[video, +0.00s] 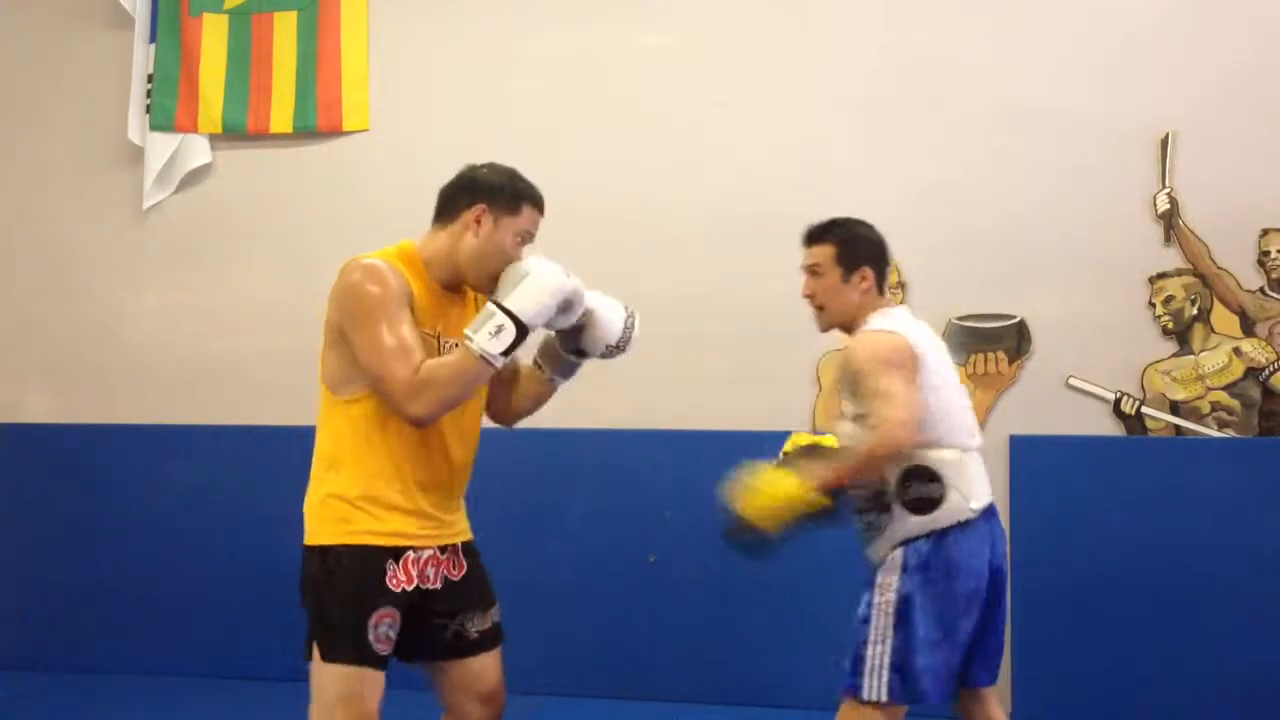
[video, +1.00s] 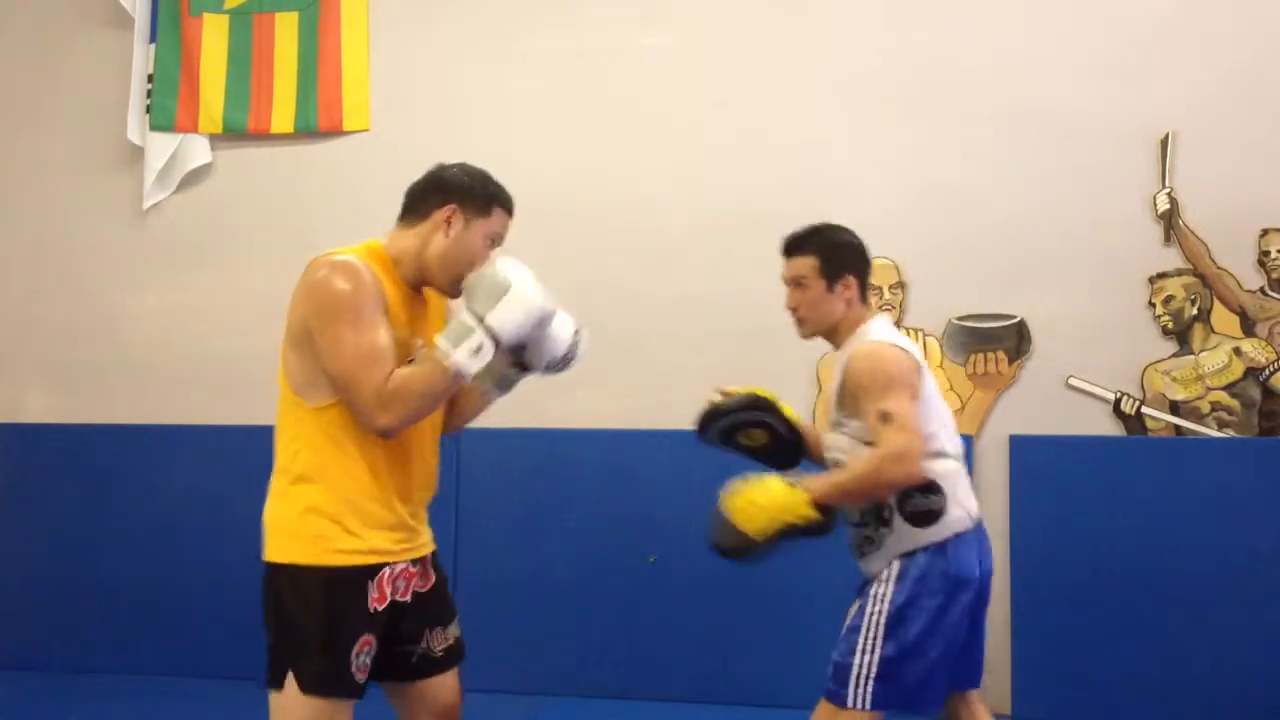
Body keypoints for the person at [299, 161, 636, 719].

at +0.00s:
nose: (523, 258)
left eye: (528, 244)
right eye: (520, 239)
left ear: (480, 225)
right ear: (477, 220)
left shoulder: (477, 304)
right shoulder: (369, 280)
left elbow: (505, 405)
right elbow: (417, 398)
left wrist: (567, 351)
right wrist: (507, 318)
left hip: (444, 532)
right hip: (359, 534)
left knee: (481, 699)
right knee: (350, 708)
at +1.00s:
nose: (490, 261)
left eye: (496, 247)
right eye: (490, 241)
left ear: (448, 225)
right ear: (448, 222)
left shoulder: (433, 305)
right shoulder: (339, 279)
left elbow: (446, 415)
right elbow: (382, 408)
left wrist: (512, 364)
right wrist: (480, 331)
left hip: (406, 549)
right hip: (324, 556)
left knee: (438, 705)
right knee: (315, 710)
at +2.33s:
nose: (484, 278)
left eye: (487, 262)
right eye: (483, 259)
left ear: (442, 248)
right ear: (446, 248)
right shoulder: (383, 306)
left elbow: (437, 410)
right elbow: (433, 411)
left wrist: (482, 348)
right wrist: (498, 352)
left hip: (366, 576)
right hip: (332, 587)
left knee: (451, 691)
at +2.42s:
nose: (491, 261)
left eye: (494, 245)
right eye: (490, 243)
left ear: (435, 233)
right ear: (455, 232)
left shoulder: (343, 297)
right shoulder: (446, 295)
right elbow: (570, 327)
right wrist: (614, 320)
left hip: (307, 558)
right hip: (360, 567)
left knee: (442, 692)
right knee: (350, 711)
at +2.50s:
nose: (507, 256)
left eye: (508, 237)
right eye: (504, 236)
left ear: (435, 233)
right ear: (471, 229)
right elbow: (626, 307)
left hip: (319, 552)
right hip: (377, 564)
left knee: (446, 698)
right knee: (358, 714)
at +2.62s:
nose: (532, 262)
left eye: (533, 245)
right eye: (529, 243)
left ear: (457, 240)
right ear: (497, 239)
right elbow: (625, 385)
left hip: (339, 546)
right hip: (400, 555)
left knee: (458, 690)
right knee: (402, 710)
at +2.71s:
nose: (542, 265)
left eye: (545, 247)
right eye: (541, 245)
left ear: (492, 236)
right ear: (508, 235)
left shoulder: (401, 296)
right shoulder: (498, 300)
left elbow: (449, 412)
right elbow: (562, 421)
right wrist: (604, 415)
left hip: (352, 537)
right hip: (411, 544)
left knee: (453, 700)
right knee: (427, 708)